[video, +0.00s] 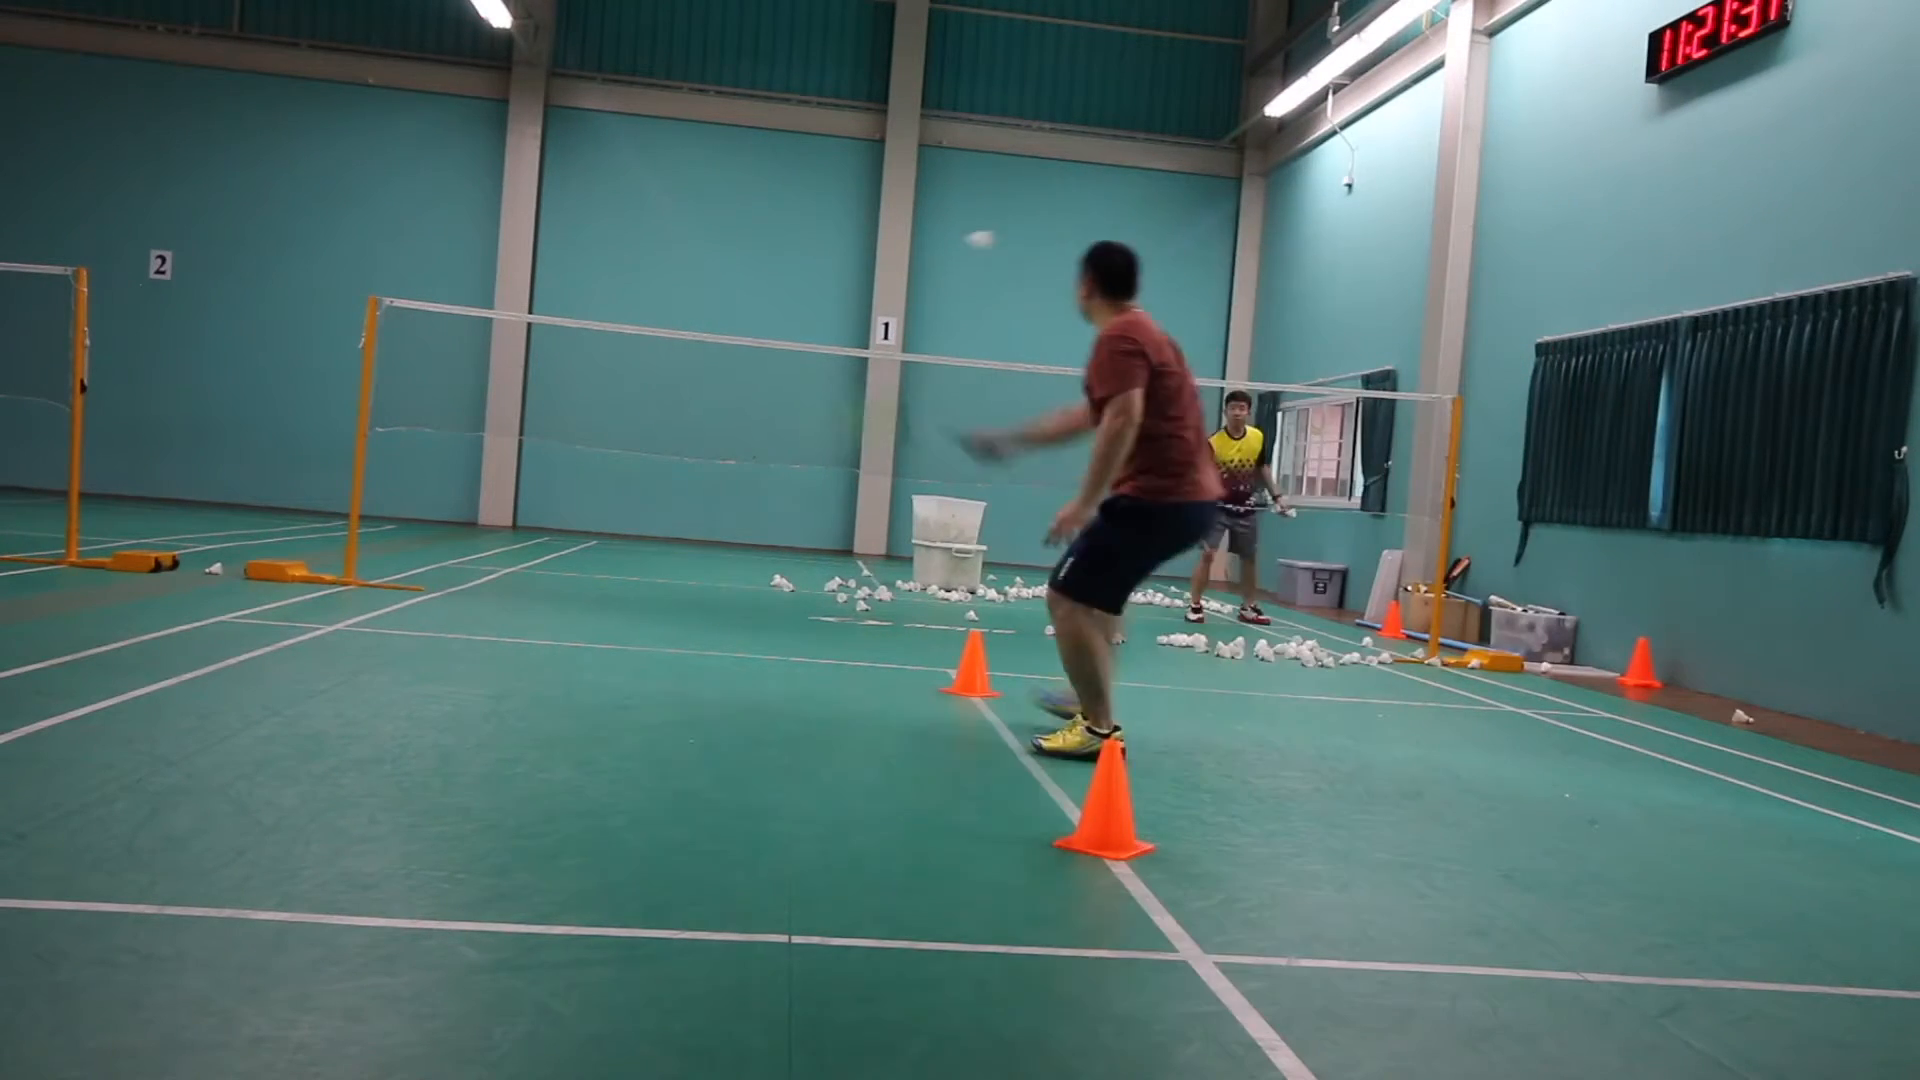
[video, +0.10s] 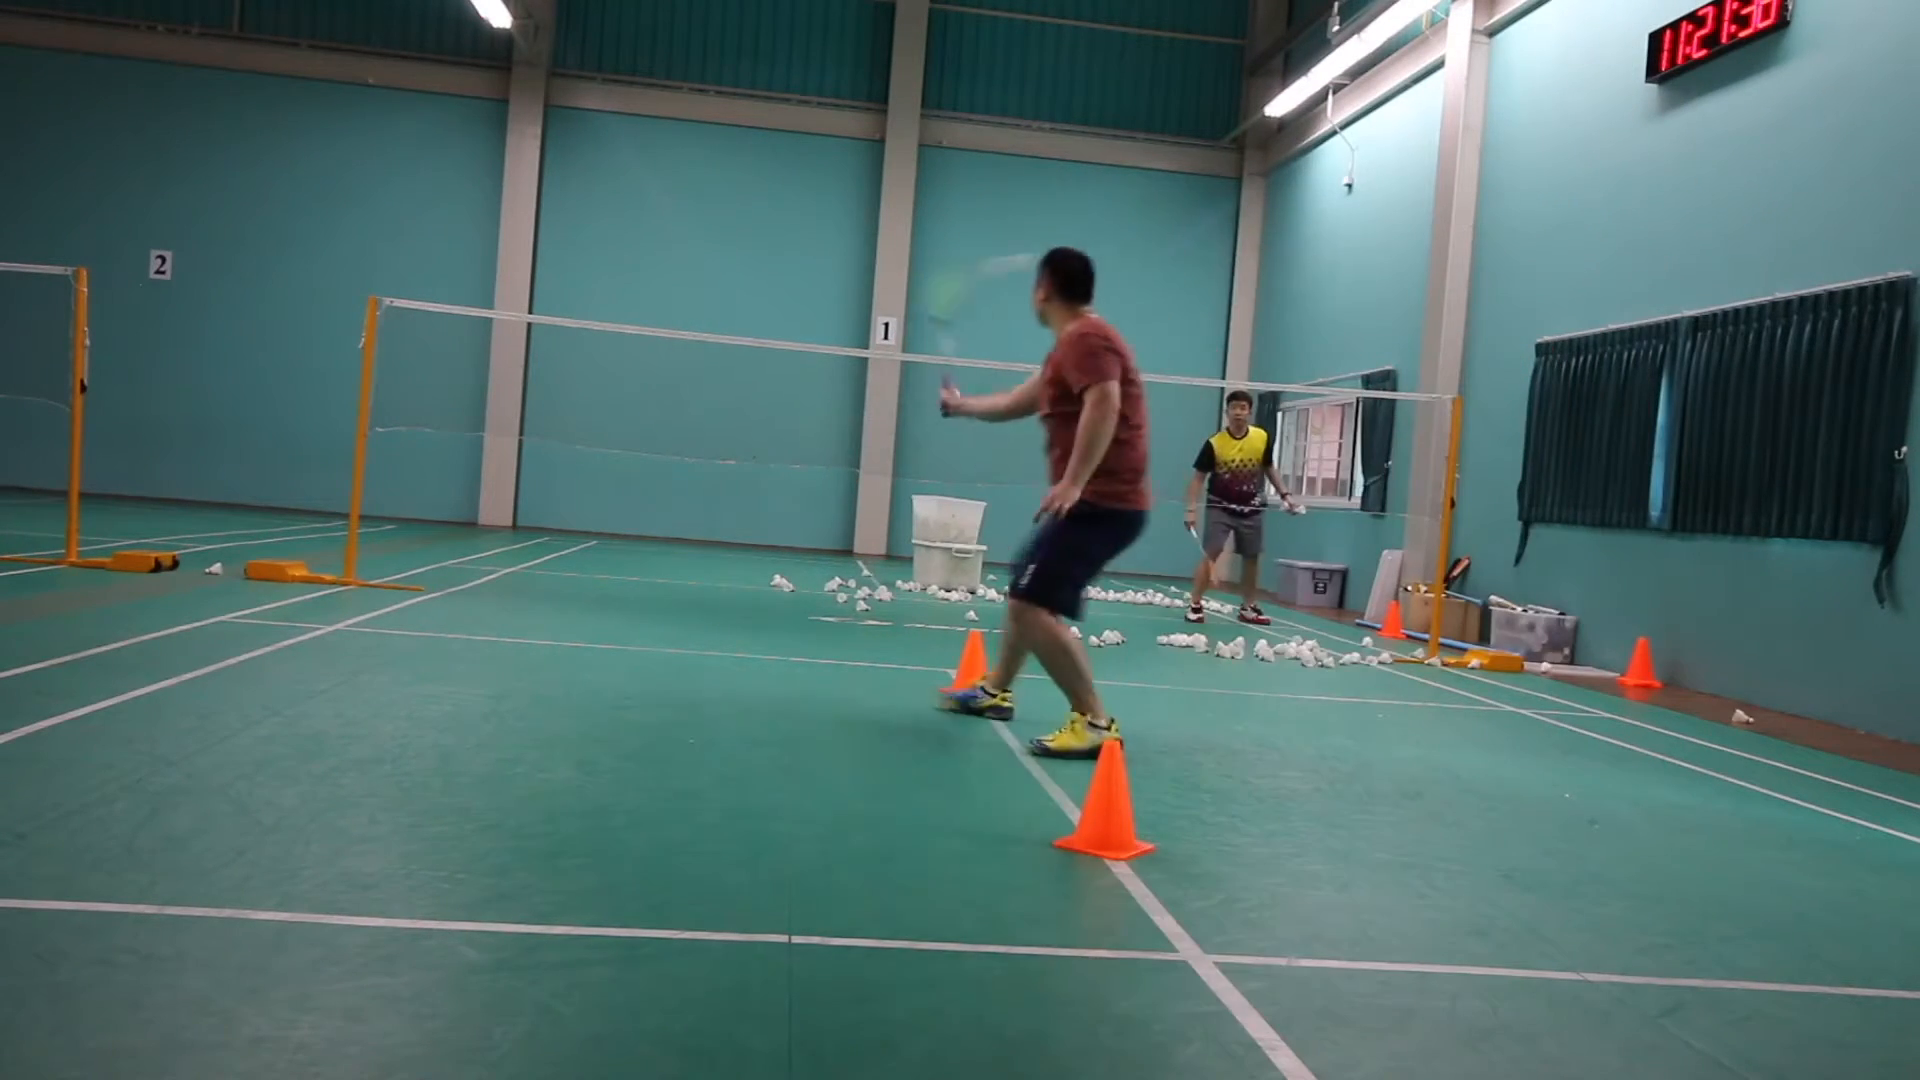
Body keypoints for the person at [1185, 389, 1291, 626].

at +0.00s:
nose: (1238, 413)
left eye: (1242, 409)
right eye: (1233, 408)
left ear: (1248, 412)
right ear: (1225, 412)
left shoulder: (1258, 438)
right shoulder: (1213, 443)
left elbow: (1264, 468)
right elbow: (1204, 473)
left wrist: (1276, 496)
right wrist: (1208, 497)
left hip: (1246, 508)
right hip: (1219, 505)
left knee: (1249, 559)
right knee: (1208, 554)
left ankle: (1249, 605)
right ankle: (1196, 603)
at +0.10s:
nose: (1239, 413)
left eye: (1243, 408)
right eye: (1234, 408)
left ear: (1250, 412)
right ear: (1227, 412)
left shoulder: (1262, 438)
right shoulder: (1214, 444)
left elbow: (1269, 467)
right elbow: (1198, 479)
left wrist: (1285, 494)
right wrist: (1191, 511)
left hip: (1251, 510)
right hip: (1220, 508)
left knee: (1251, 558)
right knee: (1211, 553)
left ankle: (1248, 606)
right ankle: (1195, 602)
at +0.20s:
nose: (1240, 413)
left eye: (1245, 408)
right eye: (1236, 408)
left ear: (1252, 413)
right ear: (1229, 412)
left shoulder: (1264, 439)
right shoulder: (1216, 445)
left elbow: (1272, 467)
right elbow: (1201, 479)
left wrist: (1286, 494)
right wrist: (1194, 511)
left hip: (1253, 511)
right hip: (1223, 509)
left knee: (1255, 558)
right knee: (1213, 554)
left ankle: (1249, 605)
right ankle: (1196, 602)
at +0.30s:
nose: (1245, 414)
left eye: (1249, 410)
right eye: (1240, 409)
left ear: (1256, 414)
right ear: (1232, 413)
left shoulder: (1266, 440)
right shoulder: (1220, 445)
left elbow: (1272, 469)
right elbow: (1207, 480)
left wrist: (1285, 495)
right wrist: (1206, 514)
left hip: (1254, 512)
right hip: (1224, 510)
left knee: (1256, 558)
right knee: (1213, 555)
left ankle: (1249, 605)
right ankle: (1196, 602)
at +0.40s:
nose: (1251, 414)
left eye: (1255, 410)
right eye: (1246, 409)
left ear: (1260, 414)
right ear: (1237, 412)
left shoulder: (1267, 439)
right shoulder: (1224, 444)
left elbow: (1269, 471)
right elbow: (1214, 481)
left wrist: (1284, 497)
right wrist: (1230, 511)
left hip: (1251, 507)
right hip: (1222, 505)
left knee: (1252, 559)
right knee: (1212, 553)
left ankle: (1249, 606)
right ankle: (1196, 602)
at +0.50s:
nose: (1263, 414)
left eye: (1266, 410)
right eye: (1258, 409)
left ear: (1269, 415)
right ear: (1245, 412)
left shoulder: (1263, 440)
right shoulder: (1235, 438)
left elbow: (1259, 472)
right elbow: (1239, 468)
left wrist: (1269, 493)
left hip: (1245, 504)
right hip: (1221, 501)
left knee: (1247, 554)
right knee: (1213, 551)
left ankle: (1248, 604)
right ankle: (1196, 603)